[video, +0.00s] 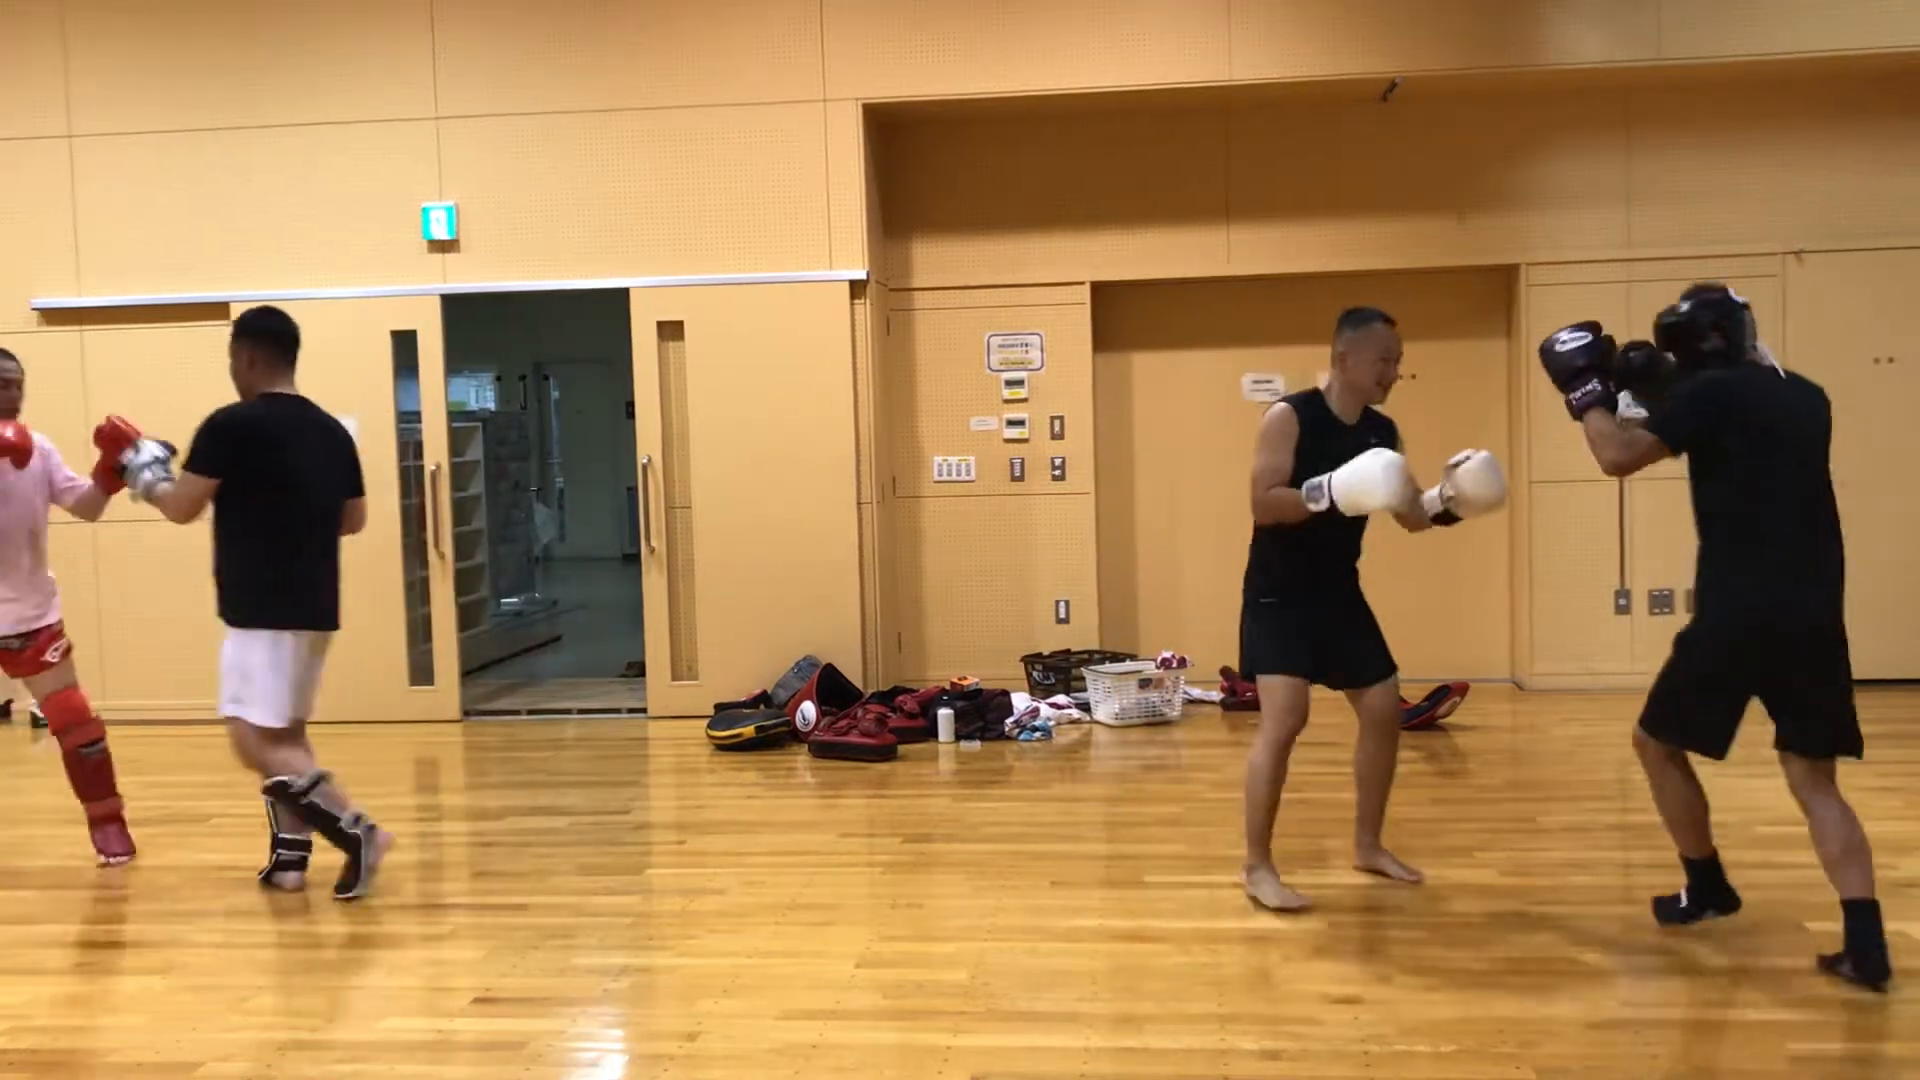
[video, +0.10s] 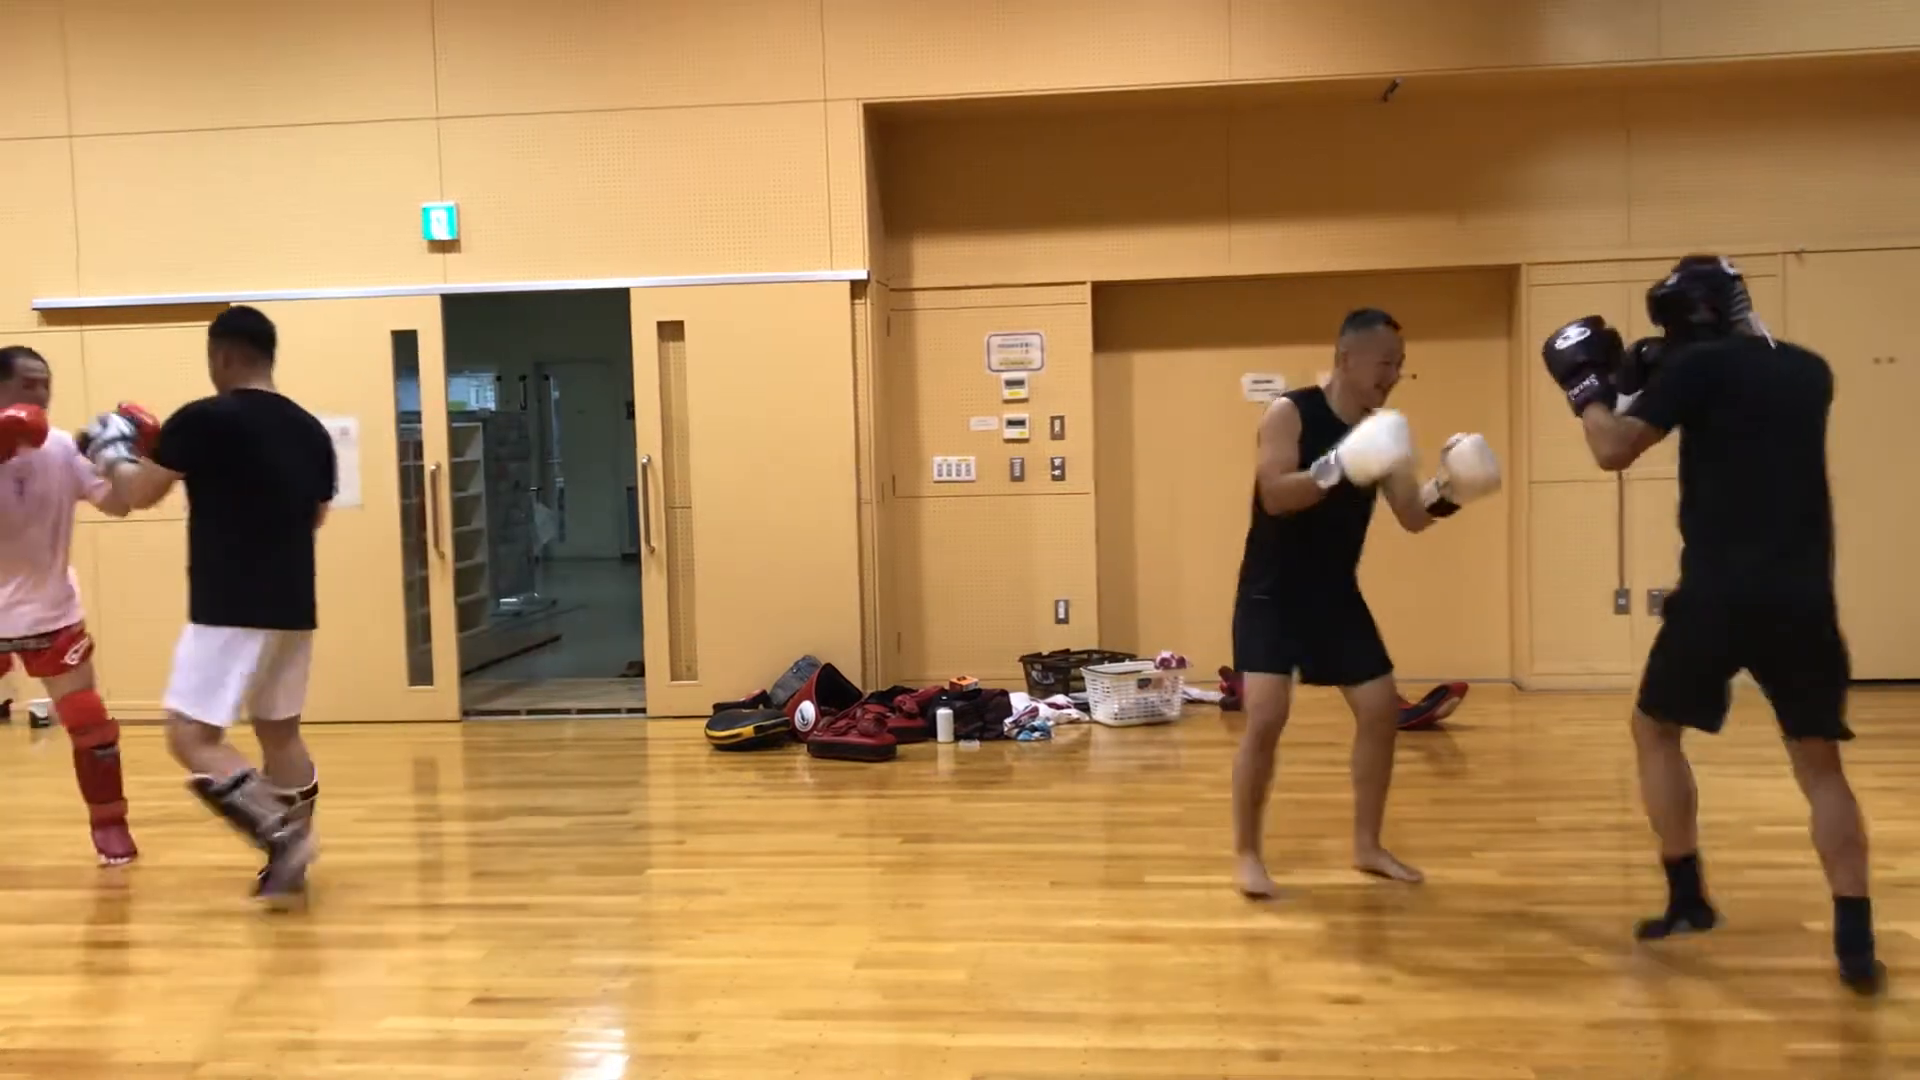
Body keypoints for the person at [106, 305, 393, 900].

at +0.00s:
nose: (231, 366)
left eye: (233, 356)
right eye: (233, 356)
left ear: (244, 357)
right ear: (292, 359)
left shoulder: (232, 426)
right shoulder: (330, 431)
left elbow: (181, 506)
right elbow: (353, 519)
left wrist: (146, 471)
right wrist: (285, 513)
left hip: (259, 607)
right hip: (316, 607)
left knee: (253, 739)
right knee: (286, 732)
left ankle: (355, 831)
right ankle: (289, 857)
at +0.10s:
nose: (210, 366)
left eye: (211, 356)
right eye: (212, 356)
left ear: (222, 356)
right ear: (271, 357)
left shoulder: (203, 420)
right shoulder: (308, 427)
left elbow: (131, 495)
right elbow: (315, 516)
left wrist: (109, 454)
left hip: (227, 607)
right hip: (294, 607)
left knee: (190, 734)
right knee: (279, 729)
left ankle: (280, 832)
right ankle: (295, 861)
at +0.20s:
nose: (182, 374)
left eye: (179, 364)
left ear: (178, 366)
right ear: (237, 365)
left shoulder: (164, 425)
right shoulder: (276, 433)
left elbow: (90, 485)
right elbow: (258, 499)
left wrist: (65, 444)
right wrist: (160, 472)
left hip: (187, 616)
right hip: (262, 615)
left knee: (142, 739)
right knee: (266, 736)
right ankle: (290, 863)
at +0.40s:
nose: (122, 382)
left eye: (120, 373)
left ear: (119, 374)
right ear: (181, 379)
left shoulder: (89, 442)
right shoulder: (215, 442)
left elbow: (29, 506)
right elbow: (236, 509)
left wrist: (72, 454)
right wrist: (176, 489)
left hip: (112, 634)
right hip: (199, 633)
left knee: (84, 765)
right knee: (236, 747)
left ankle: (71, 906)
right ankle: (283, 863)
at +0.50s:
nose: (164, 395)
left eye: (164, 388)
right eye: (166, 387)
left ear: (102, 370)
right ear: (160, 383)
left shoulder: (38, 437)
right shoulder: (174, 432)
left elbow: (12, 531)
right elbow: (209, 488)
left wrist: (45, 545)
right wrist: (150, 440)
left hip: (70, 630)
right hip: (162, 626)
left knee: (65, 763)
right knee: (212, 746)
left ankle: (68, 910)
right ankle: (252, 869)